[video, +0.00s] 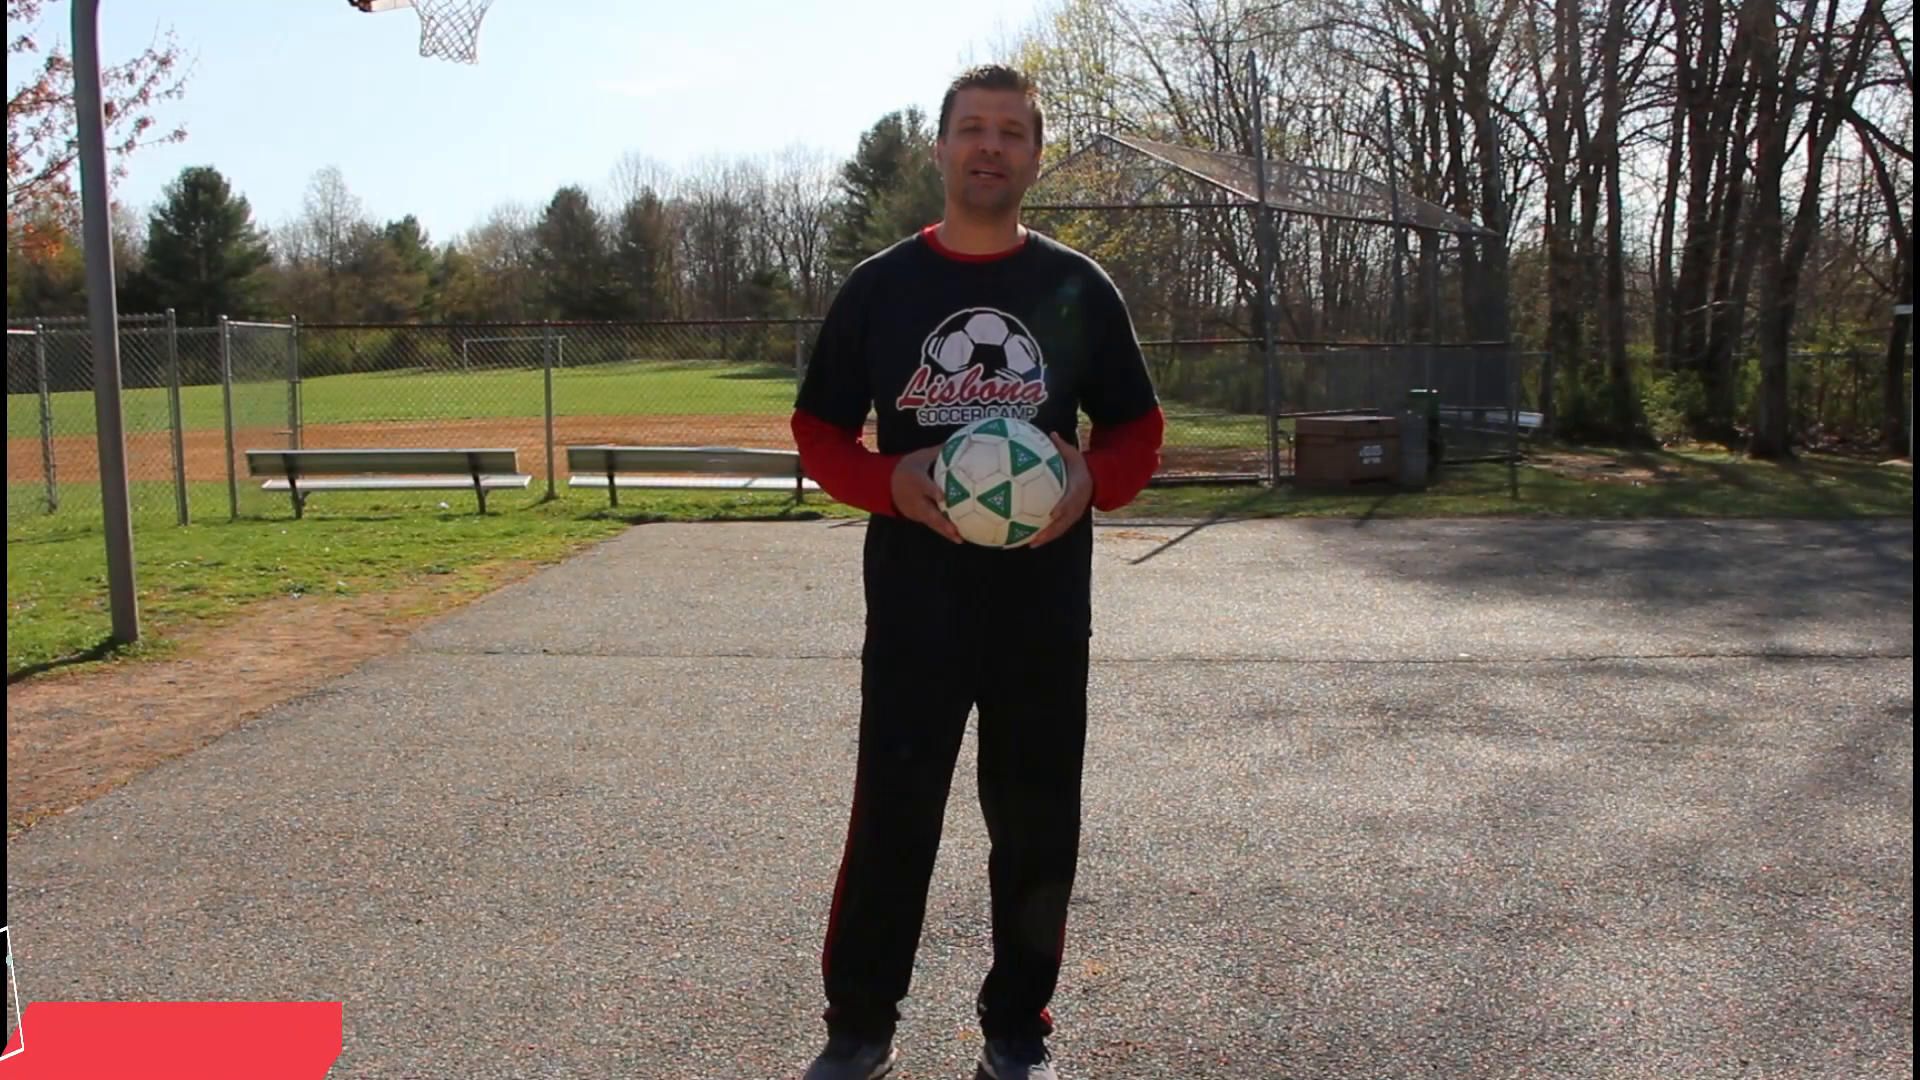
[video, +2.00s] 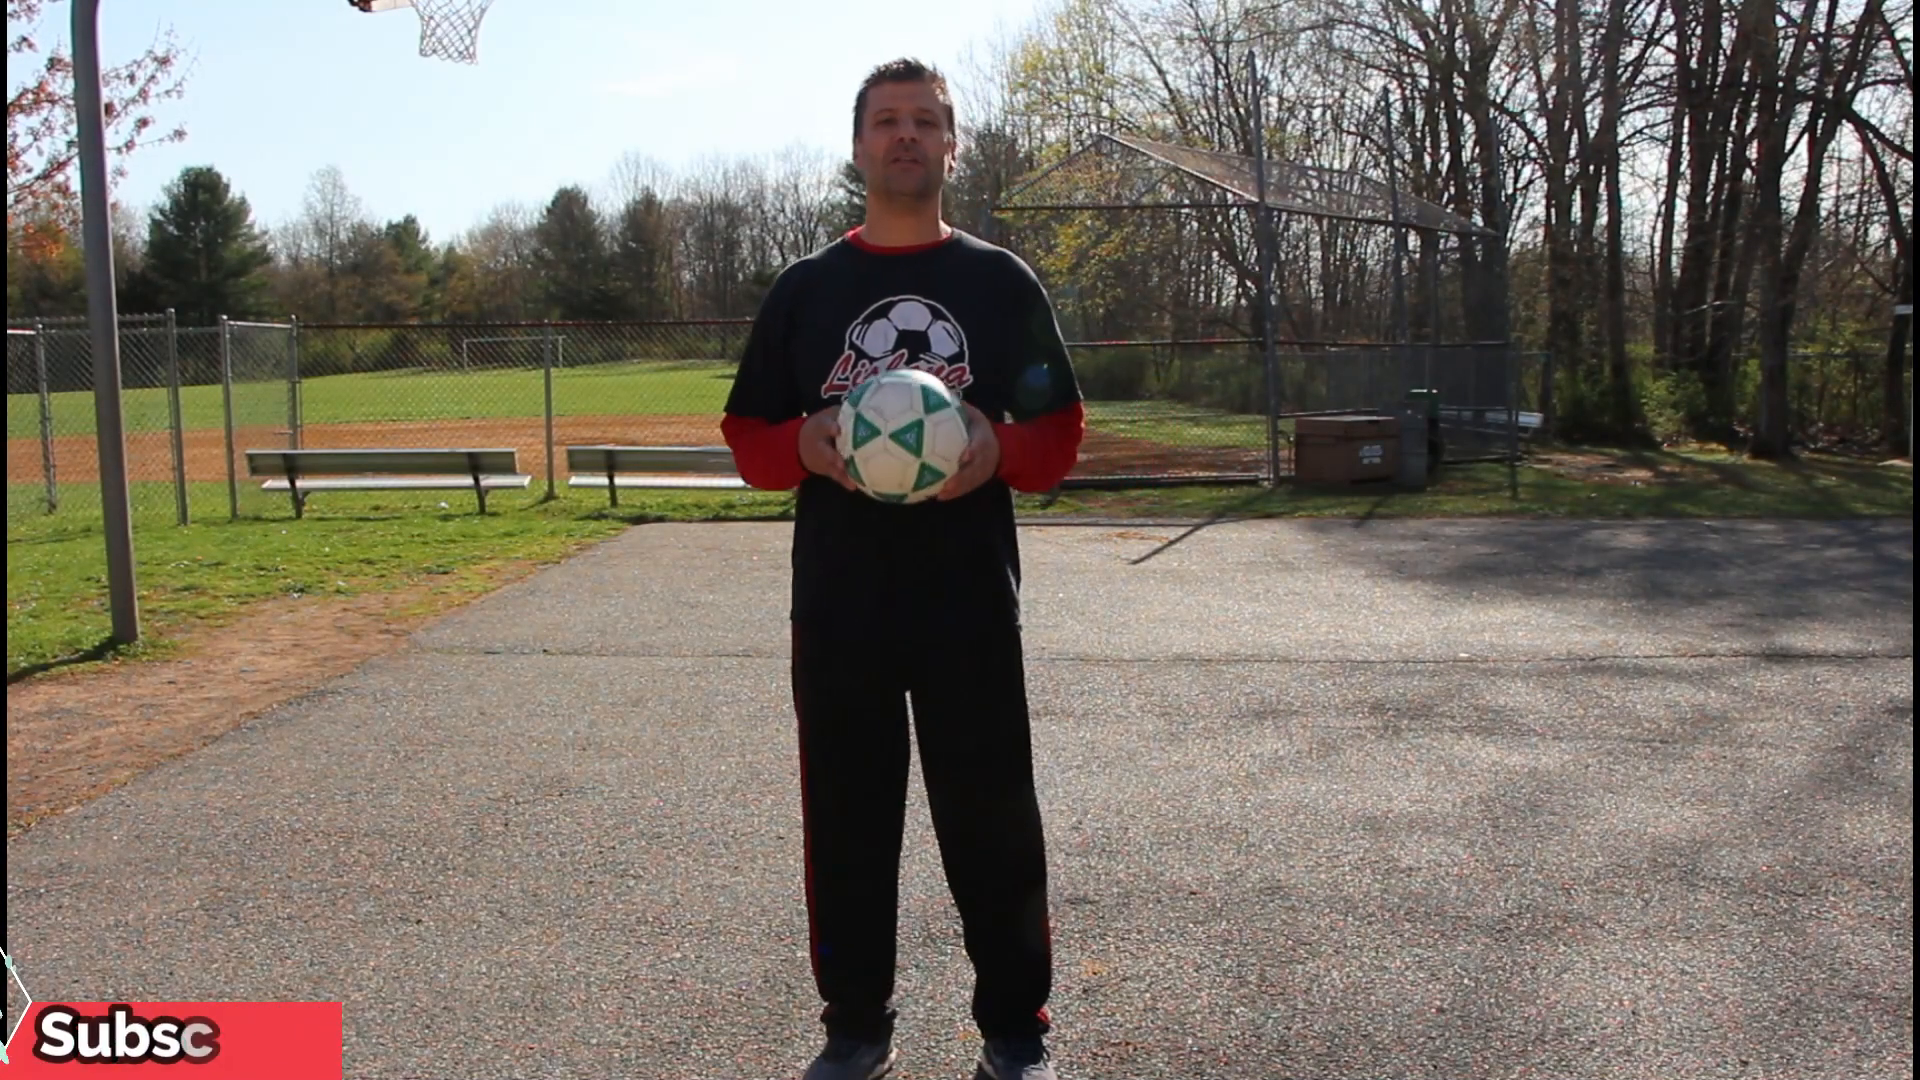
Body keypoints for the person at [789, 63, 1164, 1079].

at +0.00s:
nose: (991, 148)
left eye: (1012, 133)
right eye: (973, 130)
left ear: (1038, 156)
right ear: (942, 149)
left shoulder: (1081, 288)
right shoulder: (876, 287)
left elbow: (1137, 423)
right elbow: (817, 433)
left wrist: (1093, 477)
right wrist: (883, 483)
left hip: (1044, 593)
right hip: (916, 590)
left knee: (1039, 820)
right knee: (893, 812)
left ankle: (1018, 1036)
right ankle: (857, 1029)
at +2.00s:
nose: (908, 137)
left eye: (927, 122)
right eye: (887, 123)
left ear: (953, 145)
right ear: (856, 148)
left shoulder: (1002, 280)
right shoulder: (802, 291)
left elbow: (1062, 432)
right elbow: (745, 438)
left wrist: (1000, 449)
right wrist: (799, 443)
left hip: (965, 595)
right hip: (839, 599)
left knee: (991, 812)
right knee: (844, 816)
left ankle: (1015, 1029)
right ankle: (854, 1026)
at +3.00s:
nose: (887, 146)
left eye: (904, 129)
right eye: (865, 132)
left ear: (929, 148)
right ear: (833, 154)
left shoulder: (978, 285)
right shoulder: (779, 291)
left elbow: (1035, 427)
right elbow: (721, 431)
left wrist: (986, 479)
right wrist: (781, 477)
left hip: (943, 596)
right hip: (818, 600)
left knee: (975, 817)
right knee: (830, 820)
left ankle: (1013, 1029)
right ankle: (852, 1026)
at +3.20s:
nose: (893, 143)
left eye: (915, 129)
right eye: (874, 127)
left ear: (941, 152)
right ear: (844, 148)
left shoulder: (988, 283)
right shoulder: (785, 290)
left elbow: (1043, 423)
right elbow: (732, 435)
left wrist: (995, 477)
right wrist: (793, 480)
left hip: (953, 595)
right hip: (827, 598)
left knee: (981, 816)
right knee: (836, 820)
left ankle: (1014, 1029)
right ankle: (853, 1026)